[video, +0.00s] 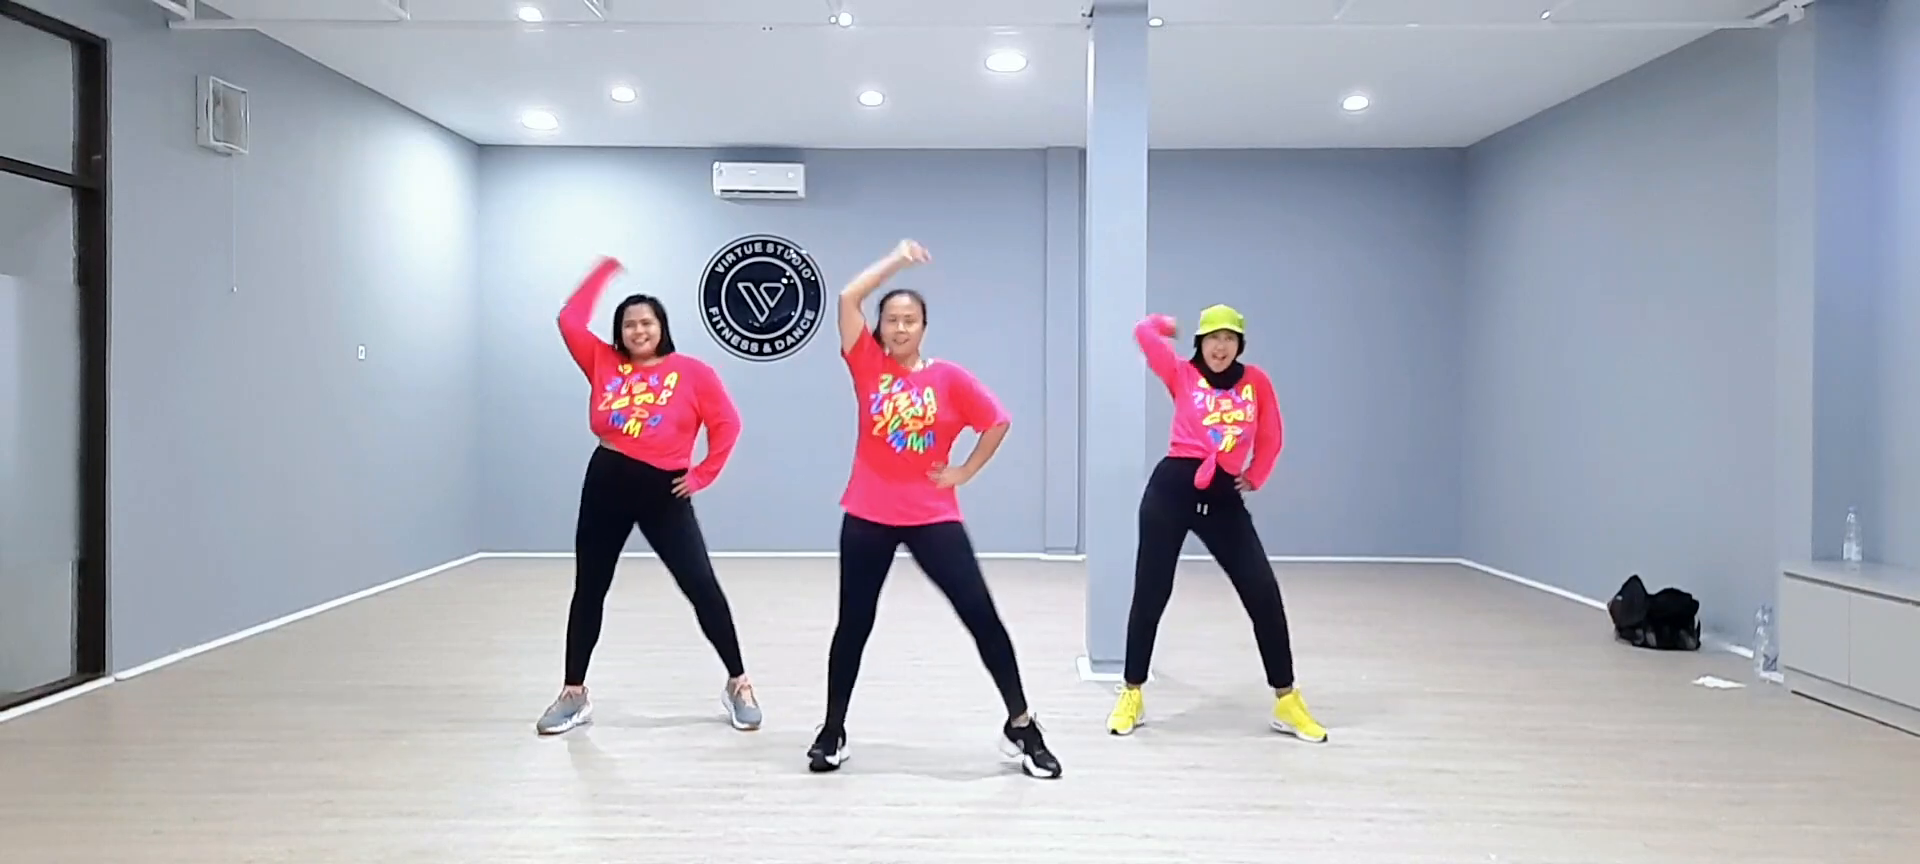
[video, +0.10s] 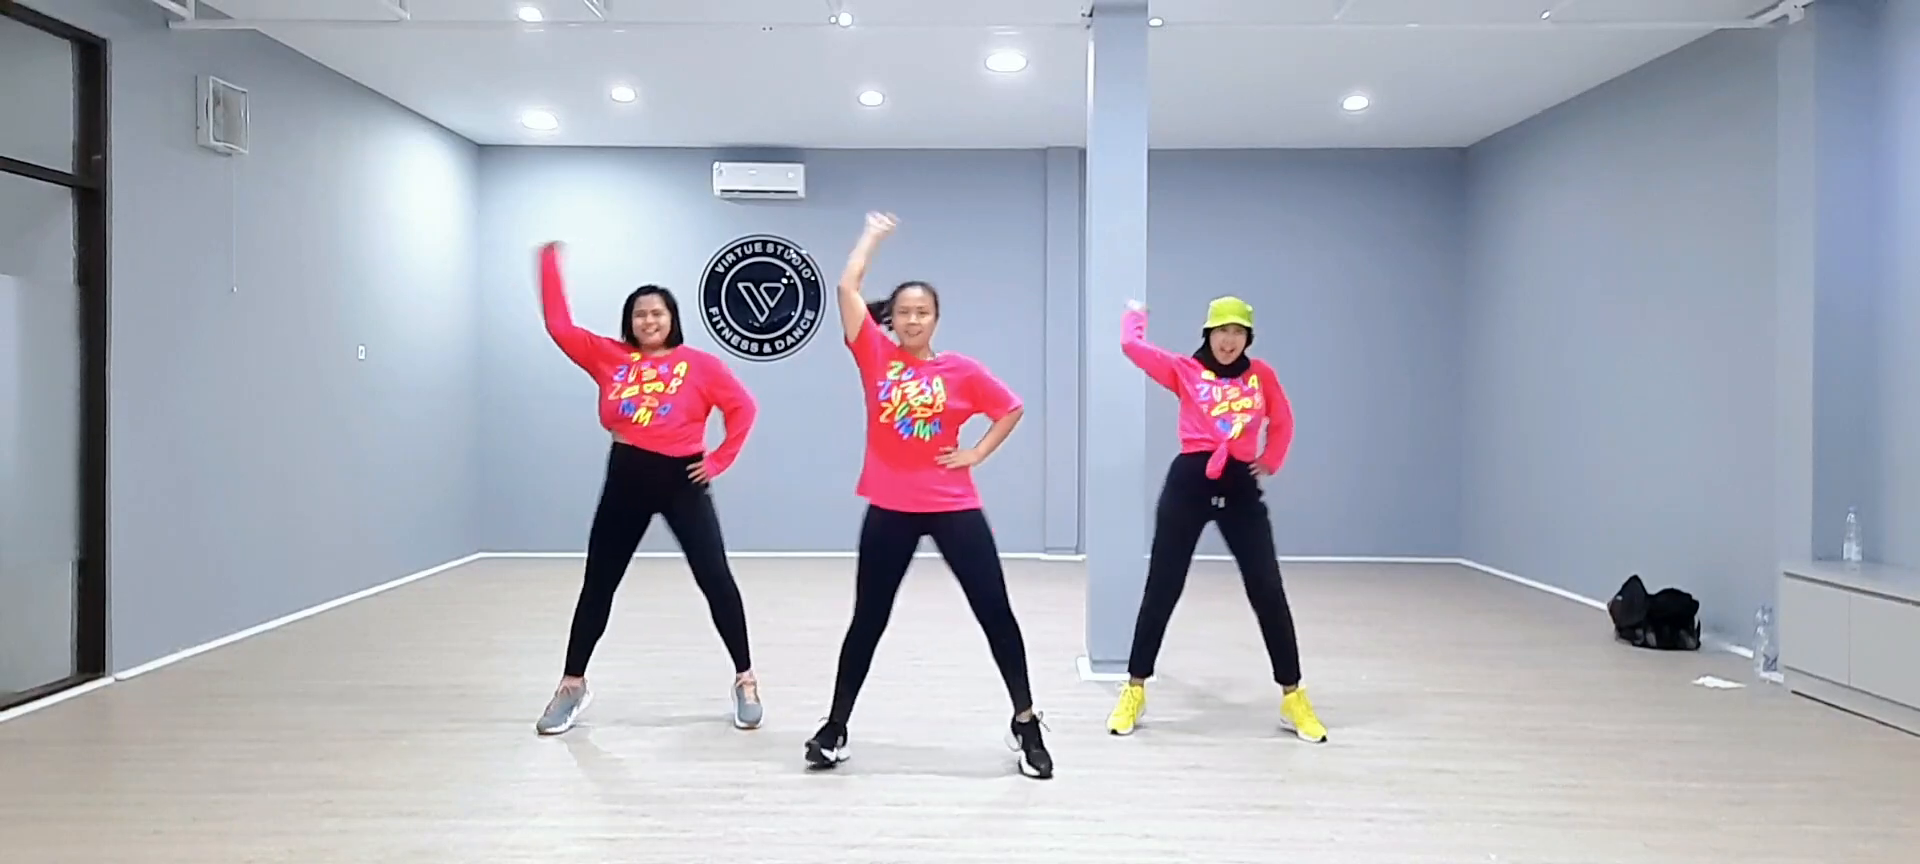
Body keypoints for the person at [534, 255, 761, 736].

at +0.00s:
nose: (638, 329)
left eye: (646, 322)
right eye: (629, 324)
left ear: (662, 329)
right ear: (619, 332)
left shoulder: (691, 372)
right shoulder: (604, 364)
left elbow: (728, 425)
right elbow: (570, 321)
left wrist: (703, 474)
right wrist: (600, 273)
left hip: (663, 489)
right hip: (606, 482)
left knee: (702, 585)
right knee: (589, 588)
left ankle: (739, 684)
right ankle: (573, 691)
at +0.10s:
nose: (649, 320)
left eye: (658, 313)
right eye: (640, 314)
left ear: (673, 320)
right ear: (629, 323)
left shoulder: (698, 364)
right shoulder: (609, 358)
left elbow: (744, 407)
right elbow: (559, 324)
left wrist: (722, 458)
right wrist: (550, 260)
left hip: (684, 480)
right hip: (627, 477)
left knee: (715, 578)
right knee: (598, 581)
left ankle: (746, 681)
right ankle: (571, 685)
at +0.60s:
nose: (641, 325)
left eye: (650, 318)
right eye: (633, 320)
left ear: (667, 327)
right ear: (624, 331)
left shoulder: (694, 369)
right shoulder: (608, 360)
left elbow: (737, 413)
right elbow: (557, 341)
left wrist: (704, 466)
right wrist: (596, 296)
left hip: (671, 482)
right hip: (616, 479)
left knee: (704, 580)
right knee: (591, 582)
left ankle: (743, 682)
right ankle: (580, 680)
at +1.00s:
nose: (655, 312)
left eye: (664, 307)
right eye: (647, 306)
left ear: (679, 317)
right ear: (633, 316)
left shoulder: (704, 355)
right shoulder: (616, 359)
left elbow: (734, 397)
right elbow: (585, 414)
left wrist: (741, 451)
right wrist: (605, 370)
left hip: (693, 470)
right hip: (636, 471)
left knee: (703, 575)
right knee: (613, 571)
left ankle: (705, 679)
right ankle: (626, 667)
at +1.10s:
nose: (668, 325)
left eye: (677, 319)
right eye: (660, 319)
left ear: (691, 329)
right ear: (647, 328)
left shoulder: (715, 376)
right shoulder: (625, 378)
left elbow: (736, 430)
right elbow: (597, 432)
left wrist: (751, 472)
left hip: (704, 491)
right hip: (648, 490)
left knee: (704, 593)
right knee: (639, 593)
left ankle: (699, 691)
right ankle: (638, 671)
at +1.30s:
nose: (679, 320)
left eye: (687, 314)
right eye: (671, 315)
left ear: (700, 324)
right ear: (657, 325)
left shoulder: (721, 373)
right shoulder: (632, 368)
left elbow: (752, 428)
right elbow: (582, 408)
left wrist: (731, 402)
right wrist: (610, 464)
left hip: (709, 481)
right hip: (651, 477)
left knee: (711, 584)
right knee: (678, 569)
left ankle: (704, 687)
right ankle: (646, 682)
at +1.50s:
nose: (668, 321)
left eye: (677, 314)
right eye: (658, 315)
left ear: (692, 324)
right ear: (644, 326)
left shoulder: (708, 368)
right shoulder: (627, 367)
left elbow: (717, 424)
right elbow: (584, 415)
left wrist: (741, 433)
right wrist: (642, 437)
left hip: (685, 492)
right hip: (642, 491)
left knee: (725, 584)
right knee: (667, 597)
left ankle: (682, 693)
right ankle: (639, 736)